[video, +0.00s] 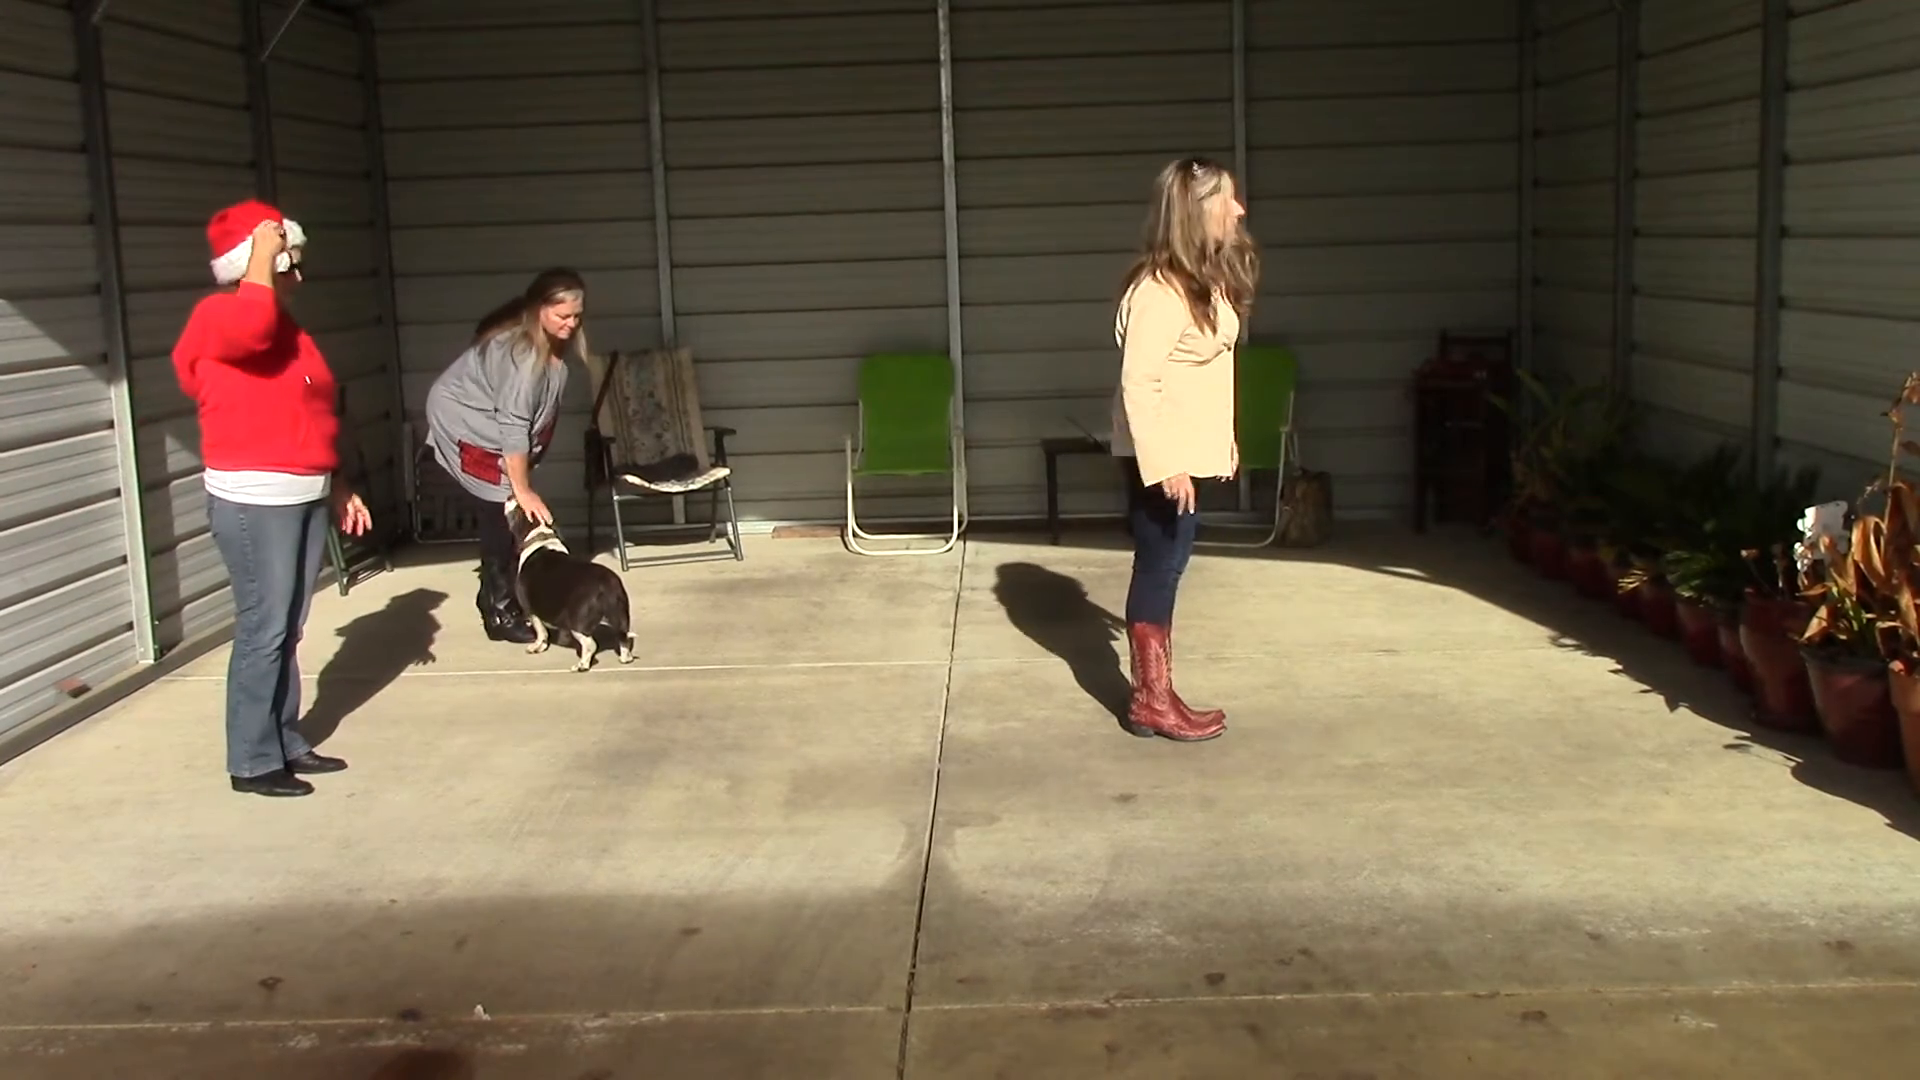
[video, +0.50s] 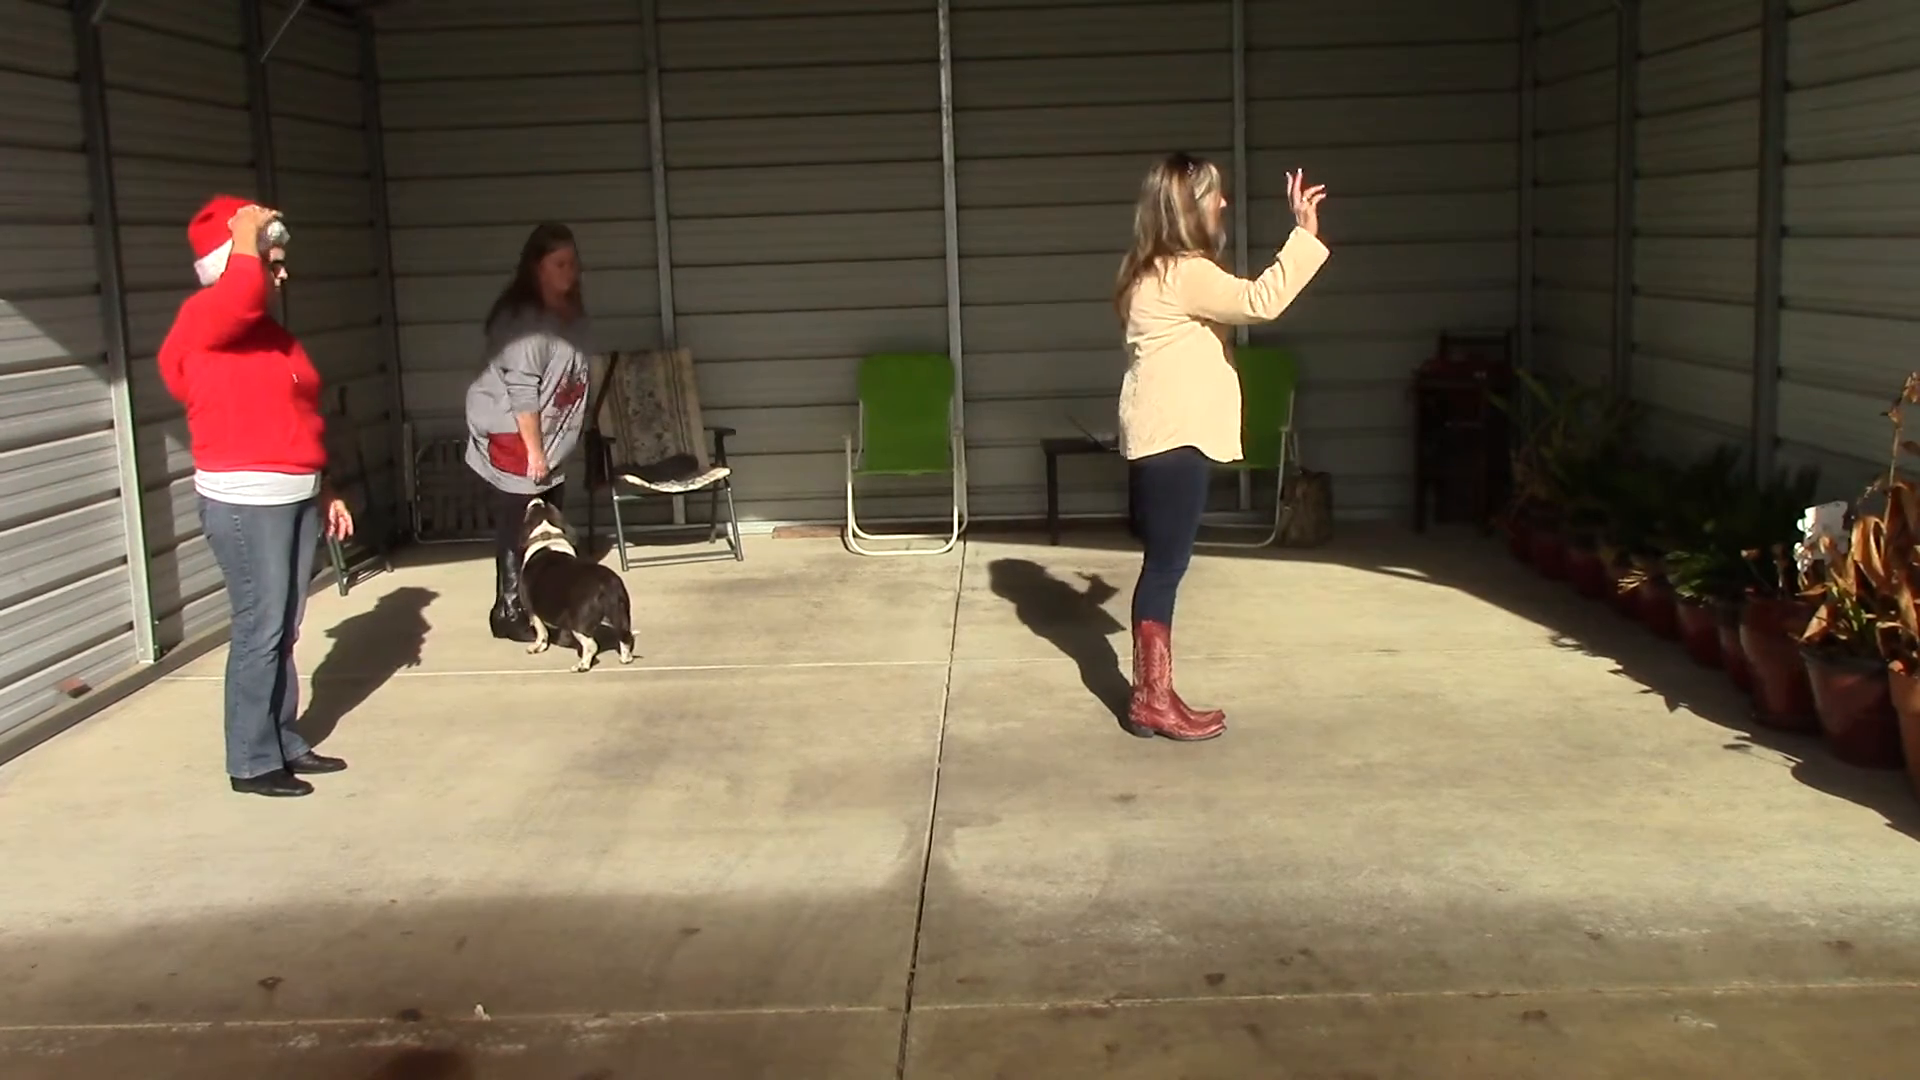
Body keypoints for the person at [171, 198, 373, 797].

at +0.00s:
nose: (294, 268)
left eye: (294, 257)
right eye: (283, 257)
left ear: (274, 261)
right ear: (245, 260)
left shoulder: (286, 329)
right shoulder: (213, 315)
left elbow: (312, 415)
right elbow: (255, 326)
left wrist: (338, 487)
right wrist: (261, 256)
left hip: (305, 494)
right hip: (253, 496)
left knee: (286, 630)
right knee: (263, 631)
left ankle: (281, 743)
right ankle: (250, 762)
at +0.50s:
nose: (283, 271)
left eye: (283, 260)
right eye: (273, 261)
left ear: (277, 266)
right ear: (230, 263)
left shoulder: (273, 332)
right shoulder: (199, 320)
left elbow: (301, 419)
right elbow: (244, 292)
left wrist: (325, 491)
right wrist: (245, 241)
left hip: (295, 494)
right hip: (244, 498)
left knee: (282, 630)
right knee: (259, 631)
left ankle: (282, 743)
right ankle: (250, 762)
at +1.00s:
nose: (287, 273)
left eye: (286, 263)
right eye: (278, 263)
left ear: (249, 268)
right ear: (243, 266)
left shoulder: (266, 326)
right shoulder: (212, 317)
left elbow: (291, 422)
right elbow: (207, 389)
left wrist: (314, 500)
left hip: (290, 492)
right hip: (246, 496)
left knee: (281, 628)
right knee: (260, 629)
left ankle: (281, 743)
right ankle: (250, 762)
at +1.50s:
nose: (289, 275)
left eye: (287, 265)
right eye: (278, 266)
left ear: (255, 272)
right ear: (242, 273)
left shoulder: (275, 328)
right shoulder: (219, 326)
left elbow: (295, 422)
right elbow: (212, 426)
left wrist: (318, 500)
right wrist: (255, 500)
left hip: (293, 497)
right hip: (246, 498)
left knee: (282, 625)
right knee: (270, 623)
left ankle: (283, 743)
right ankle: (252, 762)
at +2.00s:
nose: (298, 277)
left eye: (297, 267)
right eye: (287, 268)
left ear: (260, 274)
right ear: (250, 274)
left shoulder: (274, 329)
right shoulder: (227, 329)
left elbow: (296, 421)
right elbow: (228, 430)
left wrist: (324, 494)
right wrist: (276, 502)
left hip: (291, 496)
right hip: (248, 499)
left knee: (284, 626)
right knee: (268, 626)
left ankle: (282, 743)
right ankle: (252, 762)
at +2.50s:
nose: (322, 283)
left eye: (321, 273)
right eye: (312, 273)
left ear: (282, 279)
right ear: (275, 278)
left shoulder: (295, 334)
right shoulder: (247, 334)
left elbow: (310, 425)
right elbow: (240, 434)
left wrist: (342, 494)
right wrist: (284, 509)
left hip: (308, 499)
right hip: (269, 501)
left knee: (294, 624)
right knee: (326, 617)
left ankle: (279, 742)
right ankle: (276, 745)